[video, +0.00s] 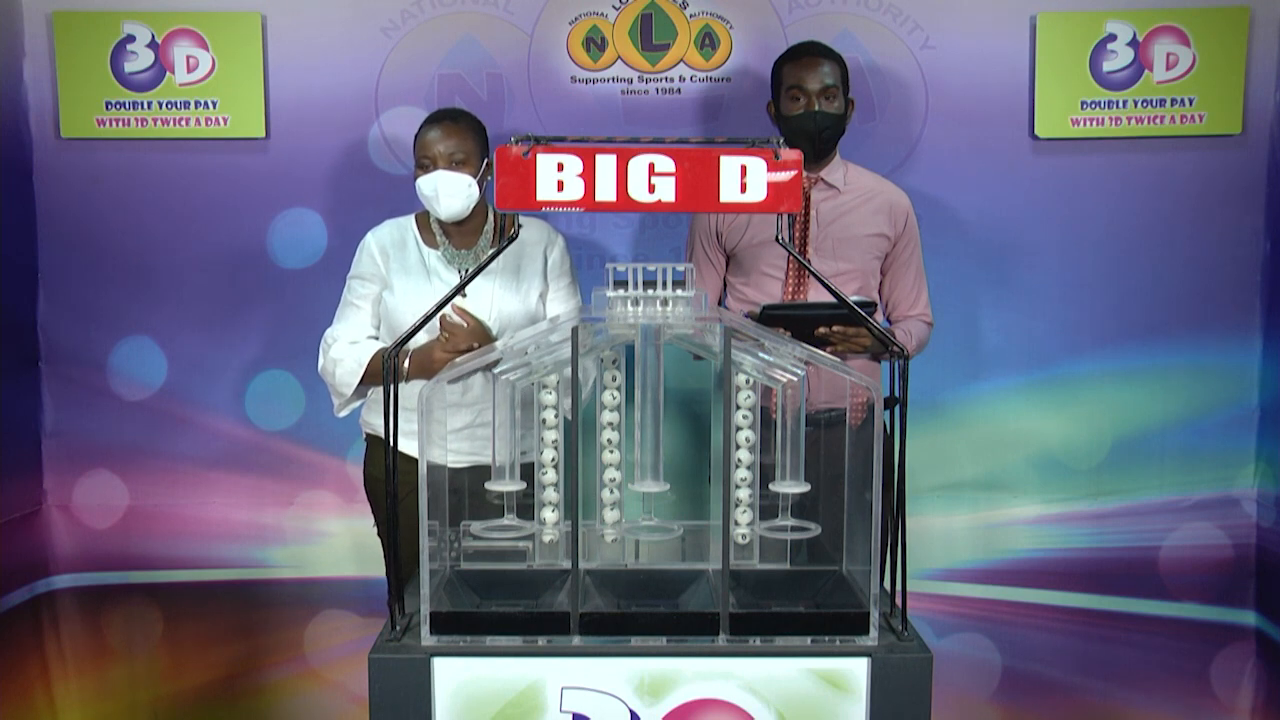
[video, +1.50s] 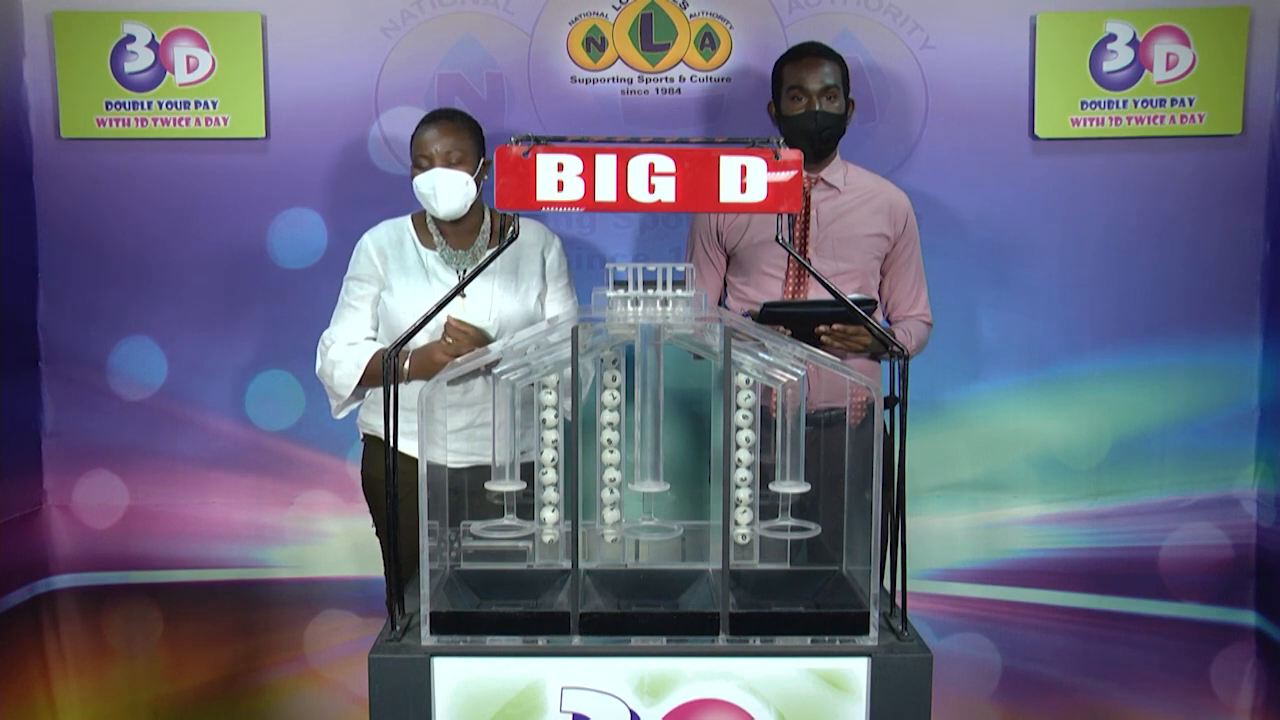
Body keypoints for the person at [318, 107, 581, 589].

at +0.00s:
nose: (442, 179)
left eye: (457, 163)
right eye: (429, 166)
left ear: (485, 167)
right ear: (416, 173)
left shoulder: (540, 245)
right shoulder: (383, 247)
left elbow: (569, 358)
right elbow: (339, 358)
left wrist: (494, 351)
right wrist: (413, 362)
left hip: (508, 463)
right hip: (406, 464)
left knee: (502, 619)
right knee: (416, 618)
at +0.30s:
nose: (444, 177)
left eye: (459, 162)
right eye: (430, 164)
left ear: (484, 166)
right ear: (416, 171)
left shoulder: (539, 245)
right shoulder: (380, 246)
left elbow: (568, 356)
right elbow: (337, 358)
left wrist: (497, 351)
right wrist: (415, 362)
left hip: (508, 462)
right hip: (405, 463)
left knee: (502, 618)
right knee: (417, 616)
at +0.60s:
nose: (443, 177)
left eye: (458, 162)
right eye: (429, 165)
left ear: (482, 166)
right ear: (413, 172)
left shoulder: (535, 245)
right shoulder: (378, 247)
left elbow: (566, 357)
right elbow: (337, 364)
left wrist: (499, 353)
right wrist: (424, 362)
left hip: (508, 461)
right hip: (406, 463)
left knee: (503, 617)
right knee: (415, 615)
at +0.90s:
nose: (442, 178)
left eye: (456, 162)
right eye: (427, 165)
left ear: (480, 166)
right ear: (412, 172)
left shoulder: (535, 244)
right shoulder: (378, 247)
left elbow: (566, 349)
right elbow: (337, 361)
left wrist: (501, 352)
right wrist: (429, 361)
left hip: (508, 461)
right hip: (405, 462)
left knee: (503, 616)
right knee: (416, 615)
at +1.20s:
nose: (442, 179)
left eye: (456, 163)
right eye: (427, 166)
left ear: (480, 167)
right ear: (412, 172)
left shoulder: (536, 245)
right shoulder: (378, 248)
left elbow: (566, 352)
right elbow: (336, 362)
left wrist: (498, 355)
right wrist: (423, 361)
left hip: (507, 462)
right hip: (404, 463)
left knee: (502, 615)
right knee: (415, 615)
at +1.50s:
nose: (441, 178)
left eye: (455, 162)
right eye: (427, 165)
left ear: (481, 167)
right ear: (413, 173)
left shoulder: (537, 246)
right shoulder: (380, 248)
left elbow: (567, 350)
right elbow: (336, 360)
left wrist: (494, 355)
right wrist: (418, 361)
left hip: (505, 462)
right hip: (404, 462)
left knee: (500, 614)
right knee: (414, 612)